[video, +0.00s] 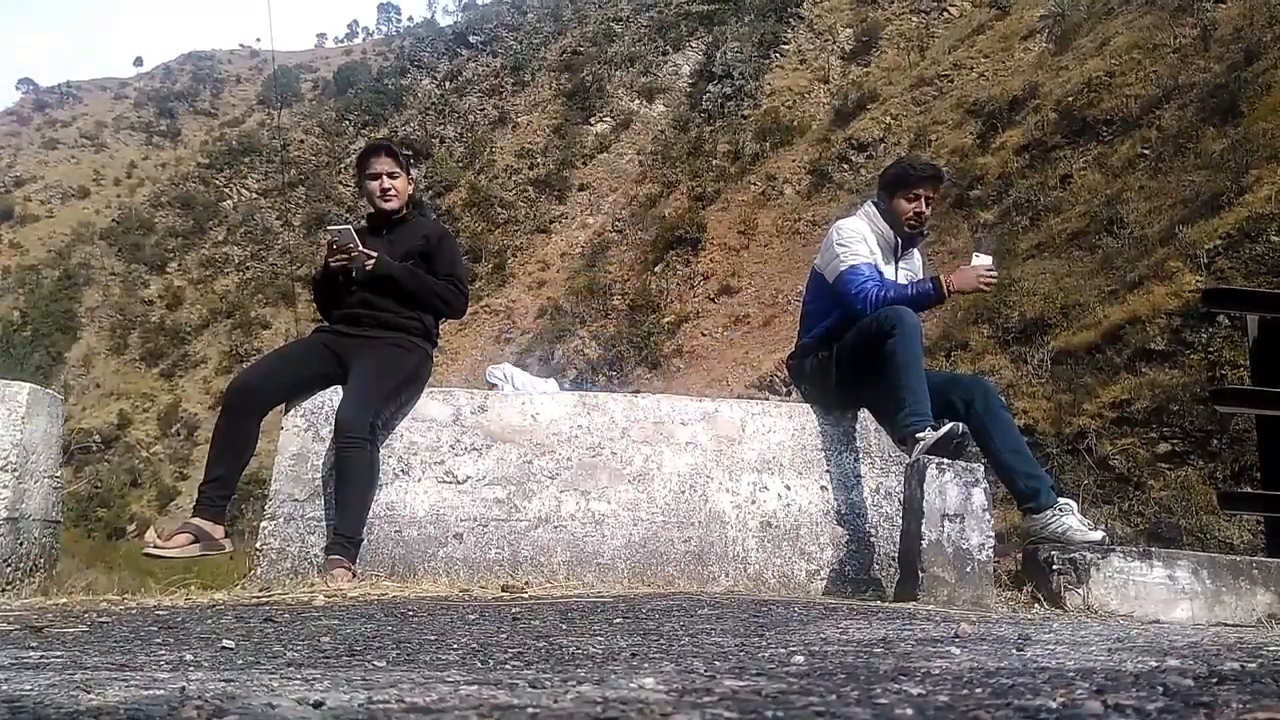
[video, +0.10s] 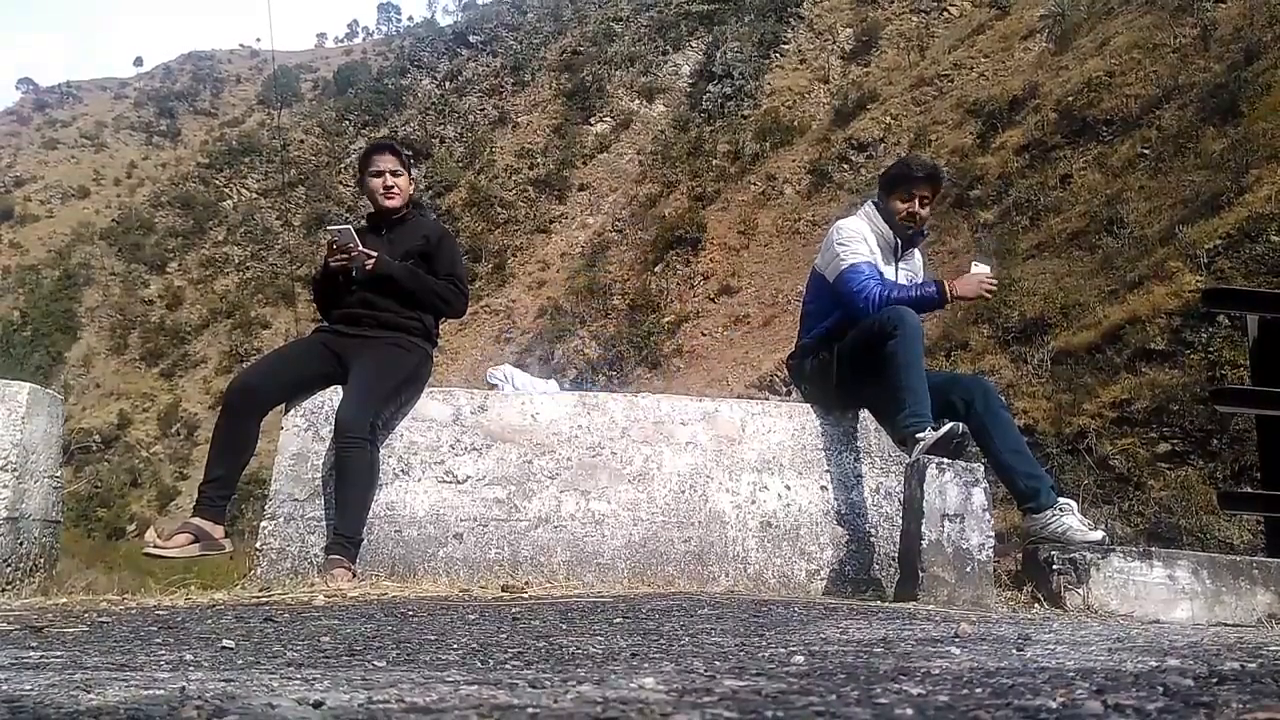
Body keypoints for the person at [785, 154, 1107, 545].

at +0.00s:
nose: (920, 209)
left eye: (928, 202)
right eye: (910, 198)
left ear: (932, 207)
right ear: (885, 197)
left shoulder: (910, 253)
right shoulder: (849, 232)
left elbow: (903, 308)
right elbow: (865, 297)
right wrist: (945, 284)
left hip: (879, 376)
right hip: (825, 373)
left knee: (975, 391)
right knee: (898, 321)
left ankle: (1043, 510)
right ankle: (917, 434)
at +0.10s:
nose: (914, 210)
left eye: (924, 203)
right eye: (905, 199)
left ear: (931, 208)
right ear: (883, 195)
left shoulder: (911, 253)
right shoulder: (850, 232)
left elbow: (903, 307)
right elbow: (868, 296)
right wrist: (946, 288)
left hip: (879, 377)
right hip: (825, 373)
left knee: (975, 391)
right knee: (899, 322)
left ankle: (1043, 510)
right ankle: (916, 434)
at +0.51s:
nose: (897, 215)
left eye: (911, 212)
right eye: (896, 204)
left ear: (924, 219)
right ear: (889, 203)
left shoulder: (913, 252)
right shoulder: (848, 232)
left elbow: (910, 307)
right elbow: (873, 296)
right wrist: (955, 293)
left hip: (879, 375)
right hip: (824, 371)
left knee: (976, 391)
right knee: (902, 319)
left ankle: (1044, 509)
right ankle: (916, 433)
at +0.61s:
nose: (891, 211)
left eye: (904, 209)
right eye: (889, 200)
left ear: (924, 221)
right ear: (881, 196)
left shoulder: (913, 252)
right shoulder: (847, 232)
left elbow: (909, 308)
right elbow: (872, 295)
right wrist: (954, 292)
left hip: (879, 375)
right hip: (824, 371)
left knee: (976, 391)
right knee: (901, 319)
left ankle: (1044, 508)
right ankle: (916, 433)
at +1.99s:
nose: (838, 202)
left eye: (851, 196)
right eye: (838, 193)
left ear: (880, 208)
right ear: (835, 196)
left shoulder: (900, 246)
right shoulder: (818, 236)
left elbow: (902, 312)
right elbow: (858, 294)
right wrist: (944, 283)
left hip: (878, 374)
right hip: (822, 370)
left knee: (976, 389)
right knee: (890, 316)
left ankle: (1043, 507)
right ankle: (914, 430)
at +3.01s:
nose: (890, 202)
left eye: (903, 199)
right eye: (884, 192)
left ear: (912, 214)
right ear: (867, 193)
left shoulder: (899, 252)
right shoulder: (831, 229)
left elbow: (889, 309)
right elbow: (861, 293)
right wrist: (942, 285)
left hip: (872, 374)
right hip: (820, 371)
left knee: (975, 390)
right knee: (892, 317)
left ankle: (1043, 509)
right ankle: (913, 433)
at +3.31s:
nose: (940, 225)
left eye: (945, 216)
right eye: (936, 211)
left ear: (908, 205)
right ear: (904, 200)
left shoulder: (902, 257)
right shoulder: (844, 227)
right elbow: (864, 293)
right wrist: (944, 287)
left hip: (871, 375)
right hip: (821, 370)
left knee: (975, 390)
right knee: (894, 317)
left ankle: (1043, 509)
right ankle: (914, 433)